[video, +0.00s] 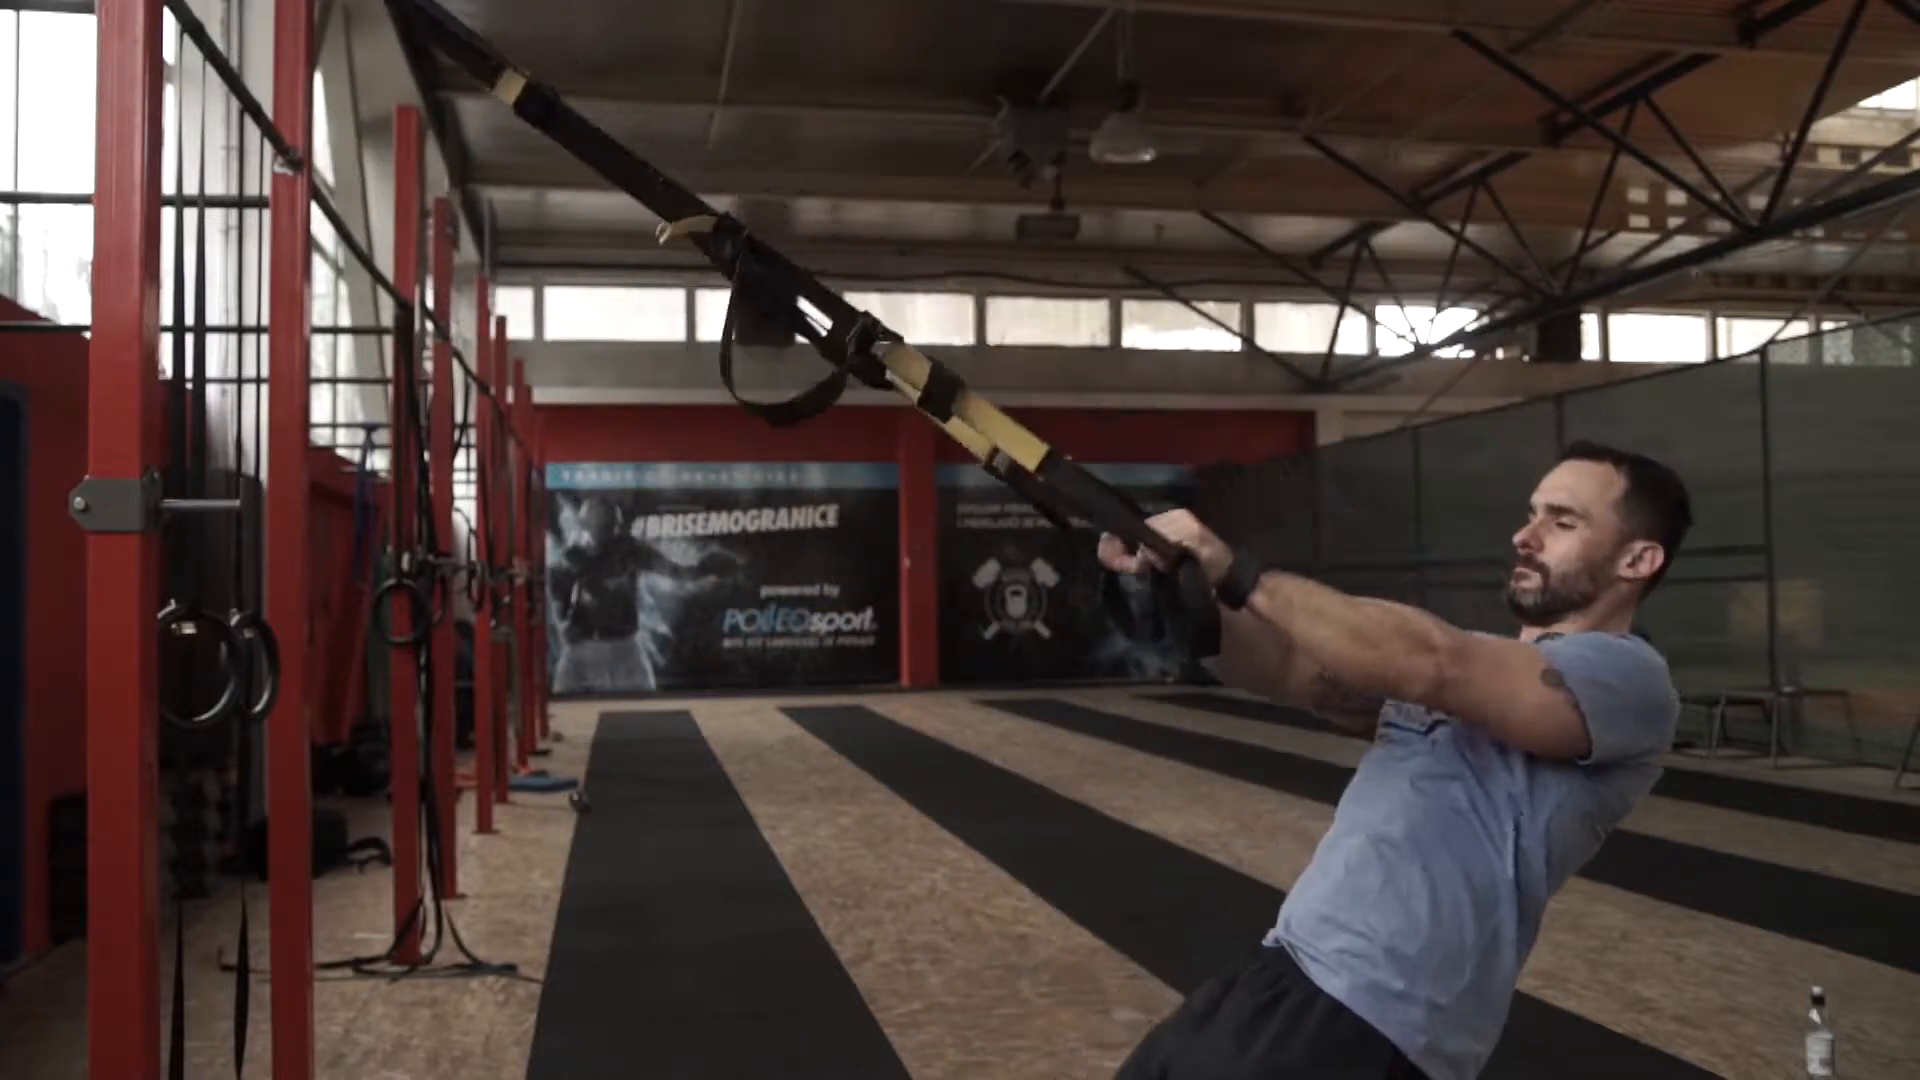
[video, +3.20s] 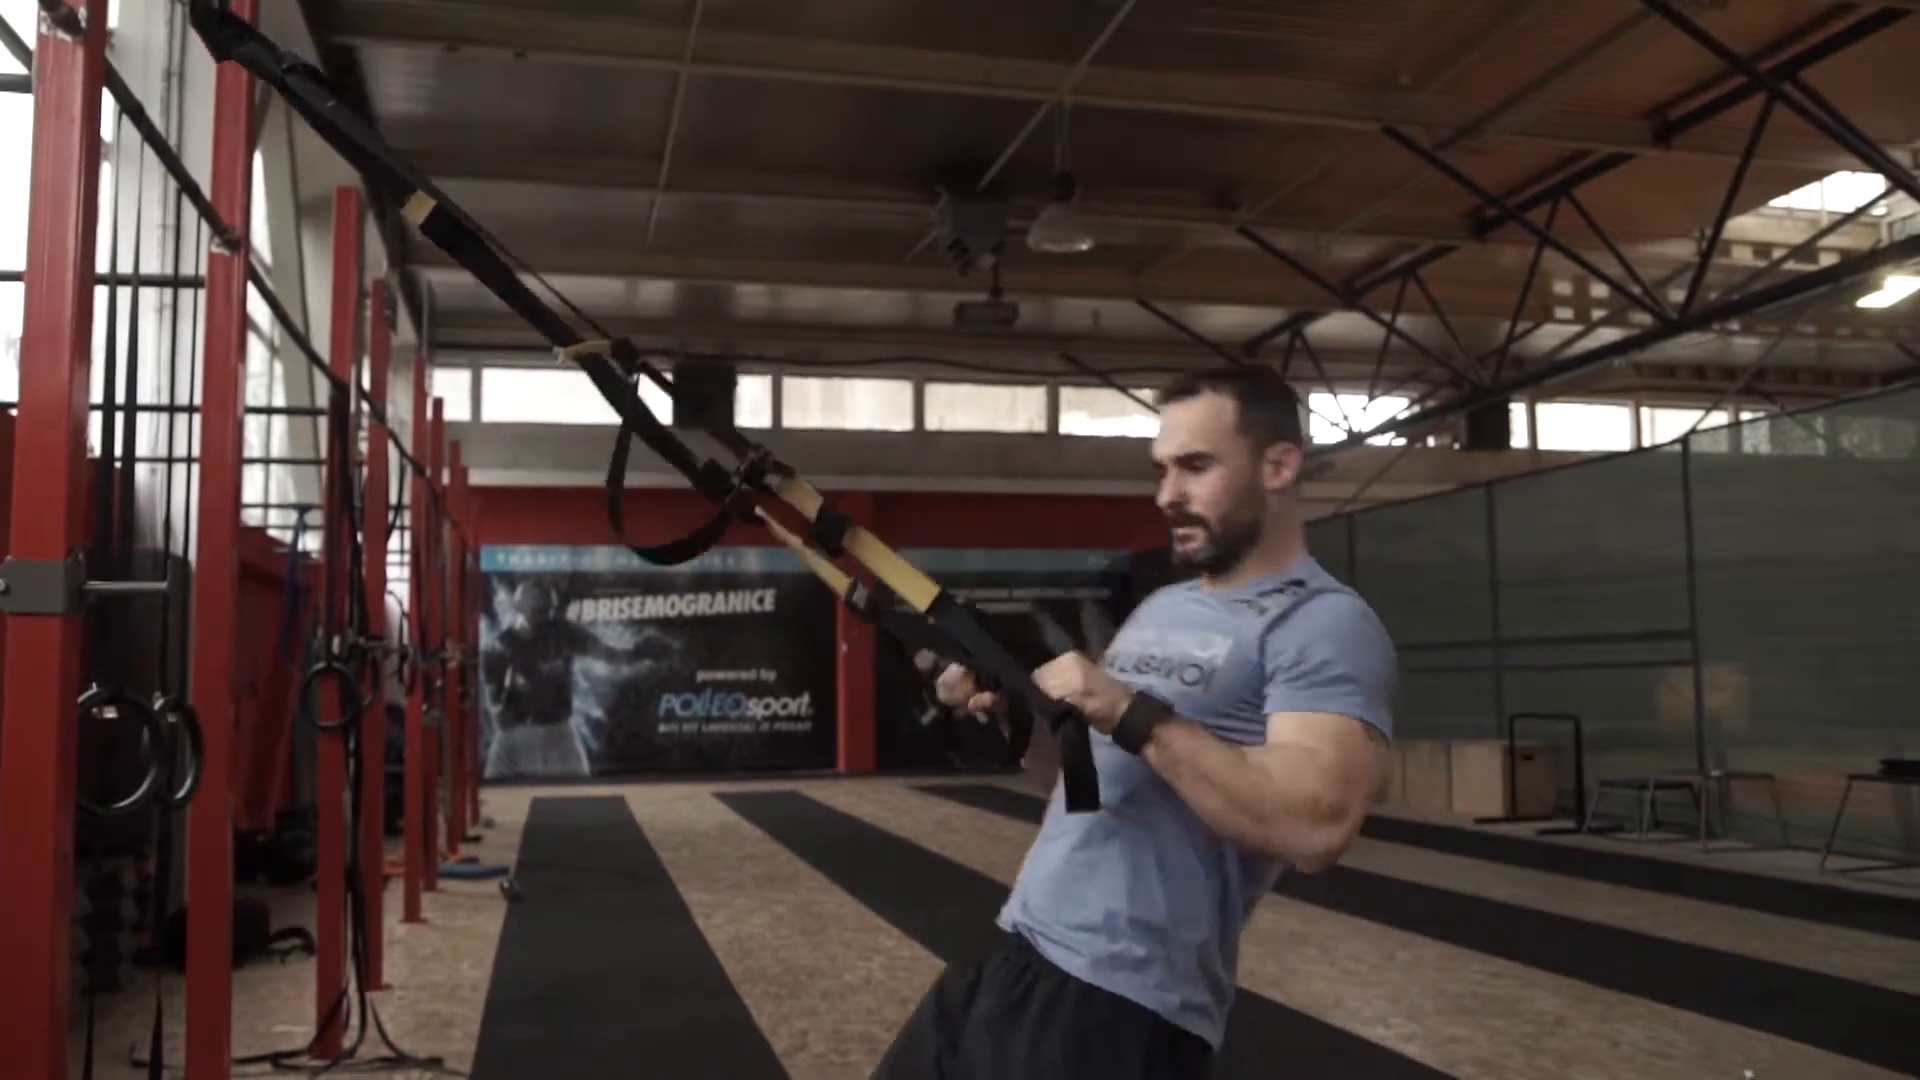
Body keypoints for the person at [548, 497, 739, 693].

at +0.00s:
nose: (600, 525)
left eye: (605, 518)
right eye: (593, 519)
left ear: (615, 519)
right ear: (583, 522)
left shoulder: (630, 549)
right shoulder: (574, 556)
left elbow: (673, 572)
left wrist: (702, 571)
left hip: (624, 646)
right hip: (580, 648)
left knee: (636, 713)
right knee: (572, 716)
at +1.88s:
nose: (600, 533)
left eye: (605, 525)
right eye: (593, 526)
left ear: (614, 523)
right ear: (582, 525)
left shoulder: (627, 549)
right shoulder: (571, 557)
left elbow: (669, 571)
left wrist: (699, 573)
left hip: (623, 648)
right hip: (579, 650)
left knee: (635, 716)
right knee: (571, 718)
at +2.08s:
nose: (595, 539)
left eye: (599, 531)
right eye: (588, 532)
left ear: (606, 528)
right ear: (573, 530)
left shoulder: (618, 555)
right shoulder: (560, 564)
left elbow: (662, 578)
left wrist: (691, 578)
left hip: (614, 656)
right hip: (569, 658)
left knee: (626, 724)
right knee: (562, 726)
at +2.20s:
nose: (583, 549)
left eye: (588, 542)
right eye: (577, 543)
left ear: (595, 540)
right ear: (563, 542)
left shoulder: (607, 566)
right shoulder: (549, 576)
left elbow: (651, 589)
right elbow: (539, 635)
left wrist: (680, 588)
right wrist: (551, 619)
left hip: (603, 669)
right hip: (558, 672)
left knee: (614, 740)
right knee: (549, 741)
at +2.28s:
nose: (580, 571)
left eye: (583, 564)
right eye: (573, 565)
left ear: (590, 561)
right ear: (558, 563)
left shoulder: (601, 586)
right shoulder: (541, 599)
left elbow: (645, 609)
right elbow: (534, 656)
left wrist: (675, 607)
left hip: (599, 689)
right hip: (553, 692)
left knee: (612, 759)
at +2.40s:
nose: (569, 598)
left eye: (573, 591)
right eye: (563, 592)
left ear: (580, 588)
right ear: (547, 590)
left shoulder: (590, 614)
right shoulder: (529, 627)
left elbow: (634, 636)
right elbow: (525, 690)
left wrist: (664, 636)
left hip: (588, 717)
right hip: (542, 721)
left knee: (600, 788)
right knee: (534, 790)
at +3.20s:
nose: (541, 615)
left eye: (545, 608)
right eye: (534, 609)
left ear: (552, 606)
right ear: (519, 607)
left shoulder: (564, 632)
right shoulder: (502, 646)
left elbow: (608, 656)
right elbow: (495, 705)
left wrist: (637, 654)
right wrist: (509, 686)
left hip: (560, 736)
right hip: (513, 740)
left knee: (572, 808)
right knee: (505, 811)